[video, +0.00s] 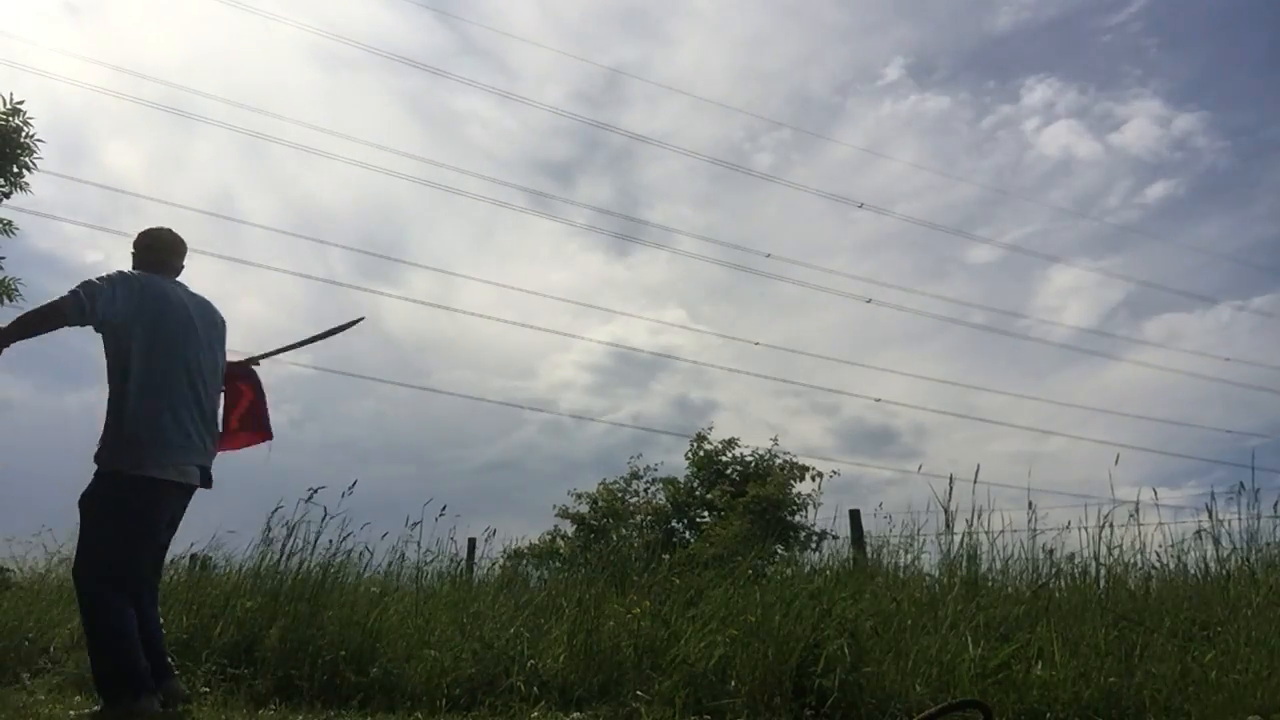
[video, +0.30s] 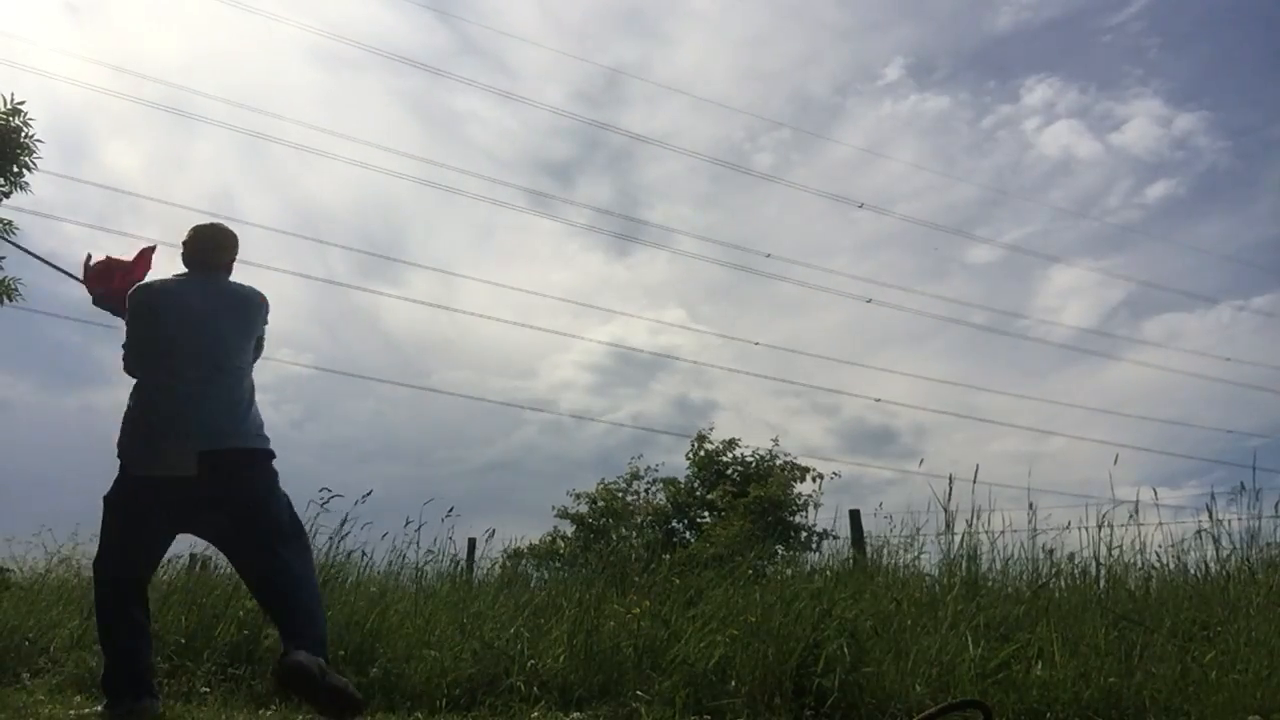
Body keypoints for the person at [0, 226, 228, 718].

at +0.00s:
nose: (132, 262)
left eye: (135, 256)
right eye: (139, 256)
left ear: (139, 256)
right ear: (180, 264)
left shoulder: (127, 286)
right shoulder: (210, 314)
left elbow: (64, 310)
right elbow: (210, 376)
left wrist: (7, 335)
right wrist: (236, 367)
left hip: (132, 460)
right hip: (186, 469)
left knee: (96, 574)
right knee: (140, 575)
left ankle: (127, 697)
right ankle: (162, 685)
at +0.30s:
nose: (207, 262)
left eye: (195, 252)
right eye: (227, 259)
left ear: (184, 256)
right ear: (231, 263)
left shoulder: (146, 295)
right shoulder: (253, 303)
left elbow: (135, 363)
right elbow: (243, 358)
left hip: (152, 471)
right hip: (238, 467)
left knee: (118, 577)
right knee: (285, 555)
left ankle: (131, 698)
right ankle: (306, 652)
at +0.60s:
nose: (320, 264)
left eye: (316, 256)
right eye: (316, 256)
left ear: (266, 254)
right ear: (305, 252)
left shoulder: (226, 306)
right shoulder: (298, 275)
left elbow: (240, 396)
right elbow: (358, 277)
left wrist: (302, 381)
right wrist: (381, 356)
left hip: (208, 468)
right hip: (280, 458)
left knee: (180, 575)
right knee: (321, 562)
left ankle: (135, 689)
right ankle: (307, 695)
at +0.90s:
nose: (359, 263)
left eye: (357, 258)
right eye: (353, 253)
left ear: (304, 253)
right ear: (331, 252)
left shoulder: (261, 315)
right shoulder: (316, 274)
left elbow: (273, 409)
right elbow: (399, 242)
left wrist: (343, 389)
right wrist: (490, 243)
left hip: (223, 471)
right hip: (284, 460)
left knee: (166, 585)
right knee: (360, 560)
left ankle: (70, 695)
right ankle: (314, 699)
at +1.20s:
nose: (323, 257)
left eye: (324, 247)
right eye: (316, 245)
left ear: (279, 249)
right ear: (285, 243)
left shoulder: (233, 302)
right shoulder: (262, 292)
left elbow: (223, 389)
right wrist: (350, 375)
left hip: (218, 470)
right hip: (261, 463)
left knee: (175, 593)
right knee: (328, 556)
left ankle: (70, 694)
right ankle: (311, 696)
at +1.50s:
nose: (307, 250)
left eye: (314, 243)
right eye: (297, 236)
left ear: (312, 254)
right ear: (266, 233)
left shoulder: (295, 320)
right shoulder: (221, 281)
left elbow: (310, 376)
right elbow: (168, 349)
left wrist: (316, 384)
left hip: (246, 451)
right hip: (207, 443)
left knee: (174, 591)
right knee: (277, 537)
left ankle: (69, 696)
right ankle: (285, 686)